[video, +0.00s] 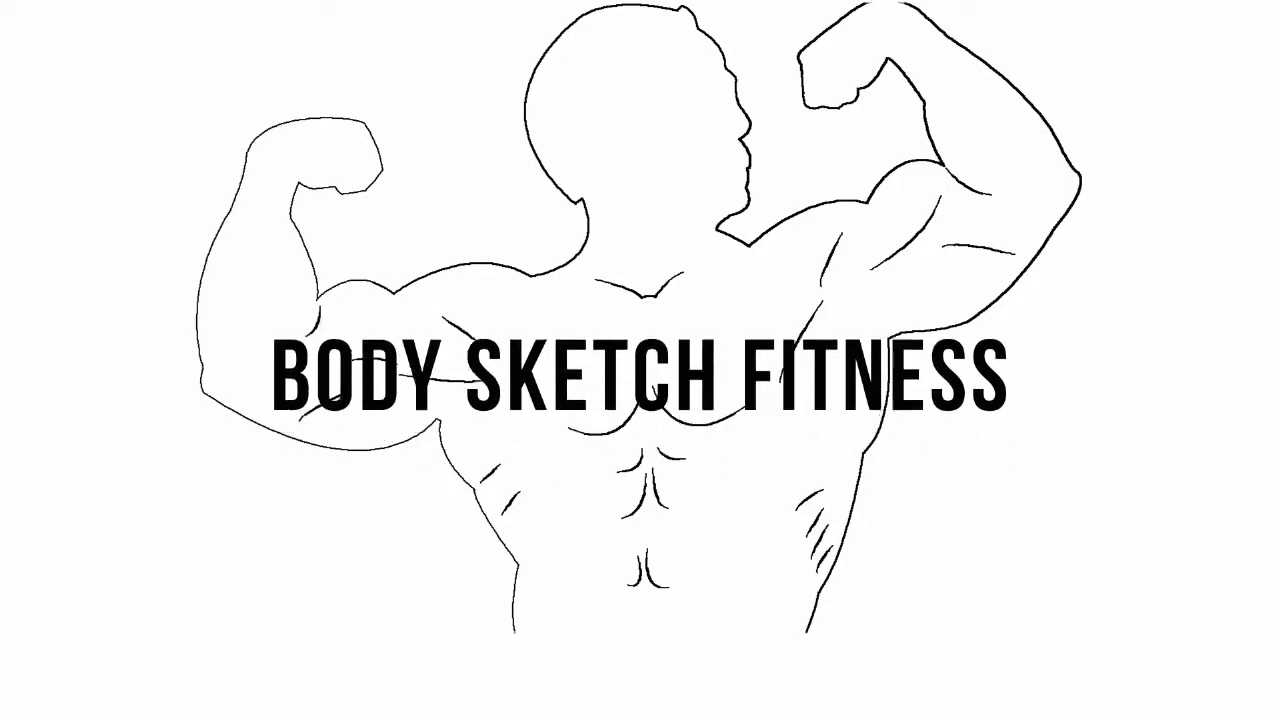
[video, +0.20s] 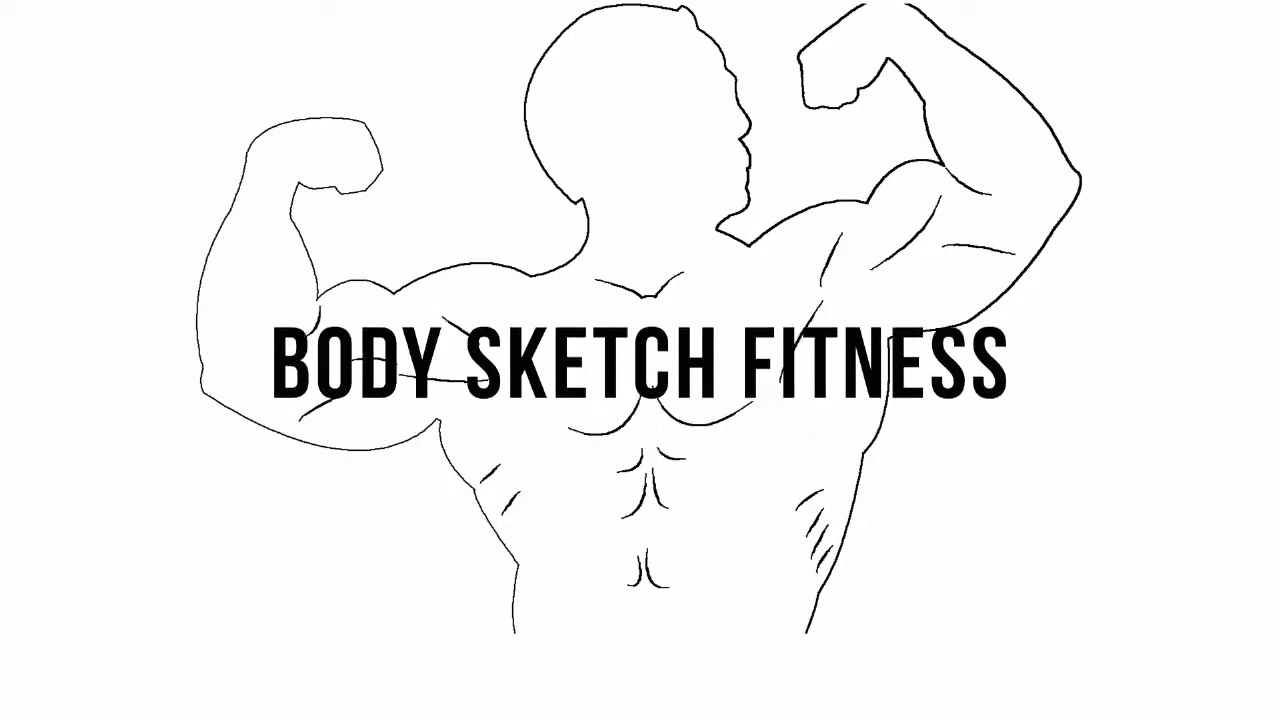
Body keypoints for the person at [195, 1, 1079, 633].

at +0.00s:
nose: (685, 150)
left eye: (692, 111)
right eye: (637, 120)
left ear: (736, 122)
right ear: (565, 148)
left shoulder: (808, 290)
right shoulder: (475, 314)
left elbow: (1034, 190)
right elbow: (246, 368)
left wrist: (895, 34)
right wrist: (273, 170)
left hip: (768, 652)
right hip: (550, 659)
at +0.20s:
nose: (742, 154)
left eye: (727, 118)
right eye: (700, 120)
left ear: (740, 123)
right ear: (580, 148)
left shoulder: (806, 298)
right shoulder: (479, 320)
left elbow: (1035, 189)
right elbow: (246, 367)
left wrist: (896, 34)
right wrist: (274, 170)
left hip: (769, 666)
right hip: (551, 670)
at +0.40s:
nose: (744, 155)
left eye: (729, 120)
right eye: (703, 120)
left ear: (740, 124)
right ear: (581, 147)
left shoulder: (806, 299)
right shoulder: (479, 320)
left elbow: (1036, 189)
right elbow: (247, 367)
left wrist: (896, 34)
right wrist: (274, 170)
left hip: (769, 665)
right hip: (551, 669)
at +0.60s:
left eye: (692, 114)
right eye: (633, 122)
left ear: (737, 126)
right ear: (566, 148)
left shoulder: (813, 294)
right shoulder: (478, 318)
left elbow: (1034, 190)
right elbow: (250, 371)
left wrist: (895, 35)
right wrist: (273, 171)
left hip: (769, 662)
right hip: (547, 667)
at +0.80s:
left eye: (692, 114)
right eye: (633, 122)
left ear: (737, 126)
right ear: (566, 148)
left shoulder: (813, 294)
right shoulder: (478, 318)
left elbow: (1034, 190)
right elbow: (250, 371)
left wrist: (895, 35)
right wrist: (273, 171)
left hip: (769, 662)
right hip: (547, 667)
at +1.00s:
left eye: (692, 114)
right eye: (633, 122)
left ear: (737, 126)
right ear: (566, 148)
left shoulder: (813, 294)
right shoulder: (478, 318)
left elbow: (1034, 190)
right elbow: (250, 371)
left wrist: (895, 35)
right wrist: (273, 171)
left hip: (769, 662)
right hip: (547, 667)